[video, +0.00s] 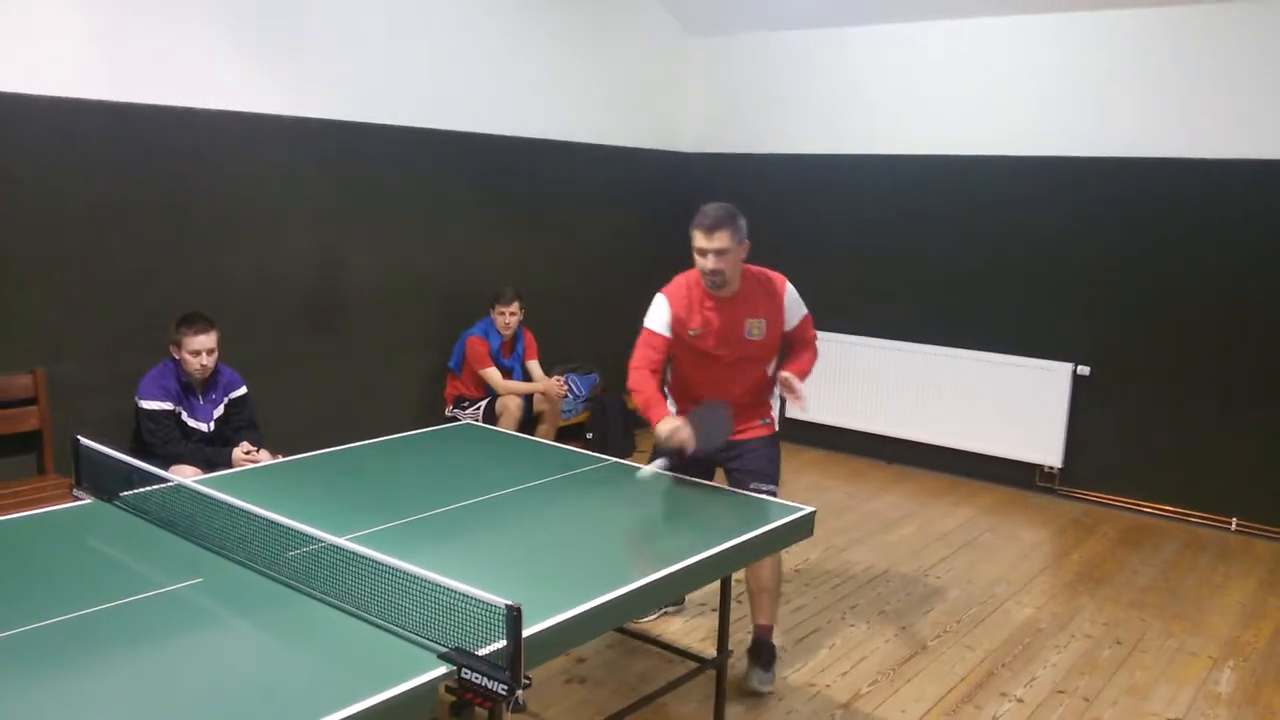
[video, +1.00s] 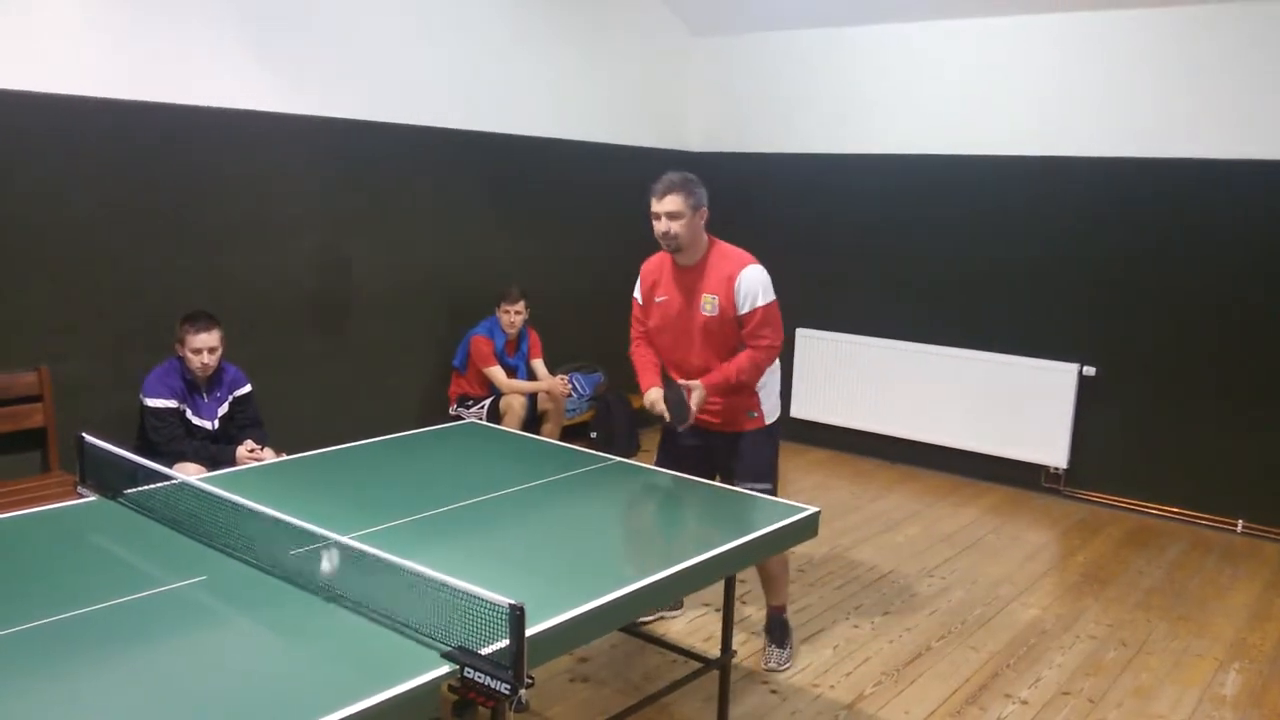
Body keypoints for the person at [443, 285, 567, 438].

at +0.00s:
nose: (507, 320)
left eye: (512, 314)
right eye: (501, 314)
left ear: (521, 315)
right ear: (492, 314)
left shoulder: (525, 338)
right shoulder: (475, 340)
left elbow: (539, 378)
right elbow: (500, 387)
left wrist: (554, 386)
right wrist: (543, 387)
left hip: (499, 400)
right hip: (463, 407)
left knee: (551, 402)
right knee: (512, 403)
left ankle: (538, 463)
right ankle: (500, 461)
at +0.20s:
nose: (507, 320)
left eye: (513, 314)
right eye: (502, 313)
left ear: (522, 315)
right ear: (493, 314)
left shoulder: (526, 337)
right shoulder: (476, 340)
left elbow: (540, 378)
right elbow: (501, 387)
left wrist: (554, 386)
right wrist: (545, 386)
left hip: (500, 400)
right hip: (464, 405)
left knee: (552, 402)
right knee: (513, 404)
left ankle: (539, 464)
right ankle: (498, 461)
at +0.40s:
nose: (509, 320)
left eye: (514, 314)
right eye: (503, 314)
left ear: (523, 315)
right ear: (494, 314)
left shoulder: (527, 338)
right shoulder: (477, 340)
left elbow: (541, 379)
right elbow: (502, 387)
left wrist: (555, 386)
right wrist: (546, 387)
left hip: (500, 400)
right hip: (465, 406)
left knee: (553, 401)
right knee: (514, 404)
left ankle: (541, 464)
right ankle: (501, 462)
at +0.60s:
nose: (510, 320)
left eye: (516, 314)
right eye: (504, 313)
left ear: (524, 315)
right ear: (496, 313)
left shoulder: (527, 337)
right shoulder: (478, 339)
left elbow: (542, 378)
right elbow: (502, 387)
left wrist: (556, 385)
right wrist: (546, 386)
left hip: (501, 399)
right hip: (465, 406)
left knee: (554, 401)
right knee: (515, 403)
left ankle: (542, 463)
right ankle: (502, 461)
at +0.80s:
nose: (511, 320)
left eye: (517, 314)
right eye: (506, 313)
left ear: (525, 315)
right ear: (497, 313)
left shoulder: (529, 337)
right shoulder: (479, 339)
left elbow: (543, 377)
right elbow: (503, 387)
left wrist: (556, 385)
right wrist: (547, 386)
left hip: (502, 399)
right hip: (466, 406)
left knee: (555, 400)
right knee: (516, 403)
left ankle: (544, 462)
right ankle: (503, 461)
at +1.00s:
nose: (512, 319)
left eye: (518, 313)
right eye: (506, 313)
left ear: (526, 315)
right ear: (497, 312)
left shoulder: (529, 336)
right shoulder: (480, 339)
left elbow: (543, 377)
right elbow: (504, 386)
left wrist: (557, 385)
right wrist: (549, 386)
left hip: (503, 398)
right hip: (467, 405)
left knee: (555, 400)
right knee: (516, 402)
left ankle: (545, 462)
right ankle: (504, 461)